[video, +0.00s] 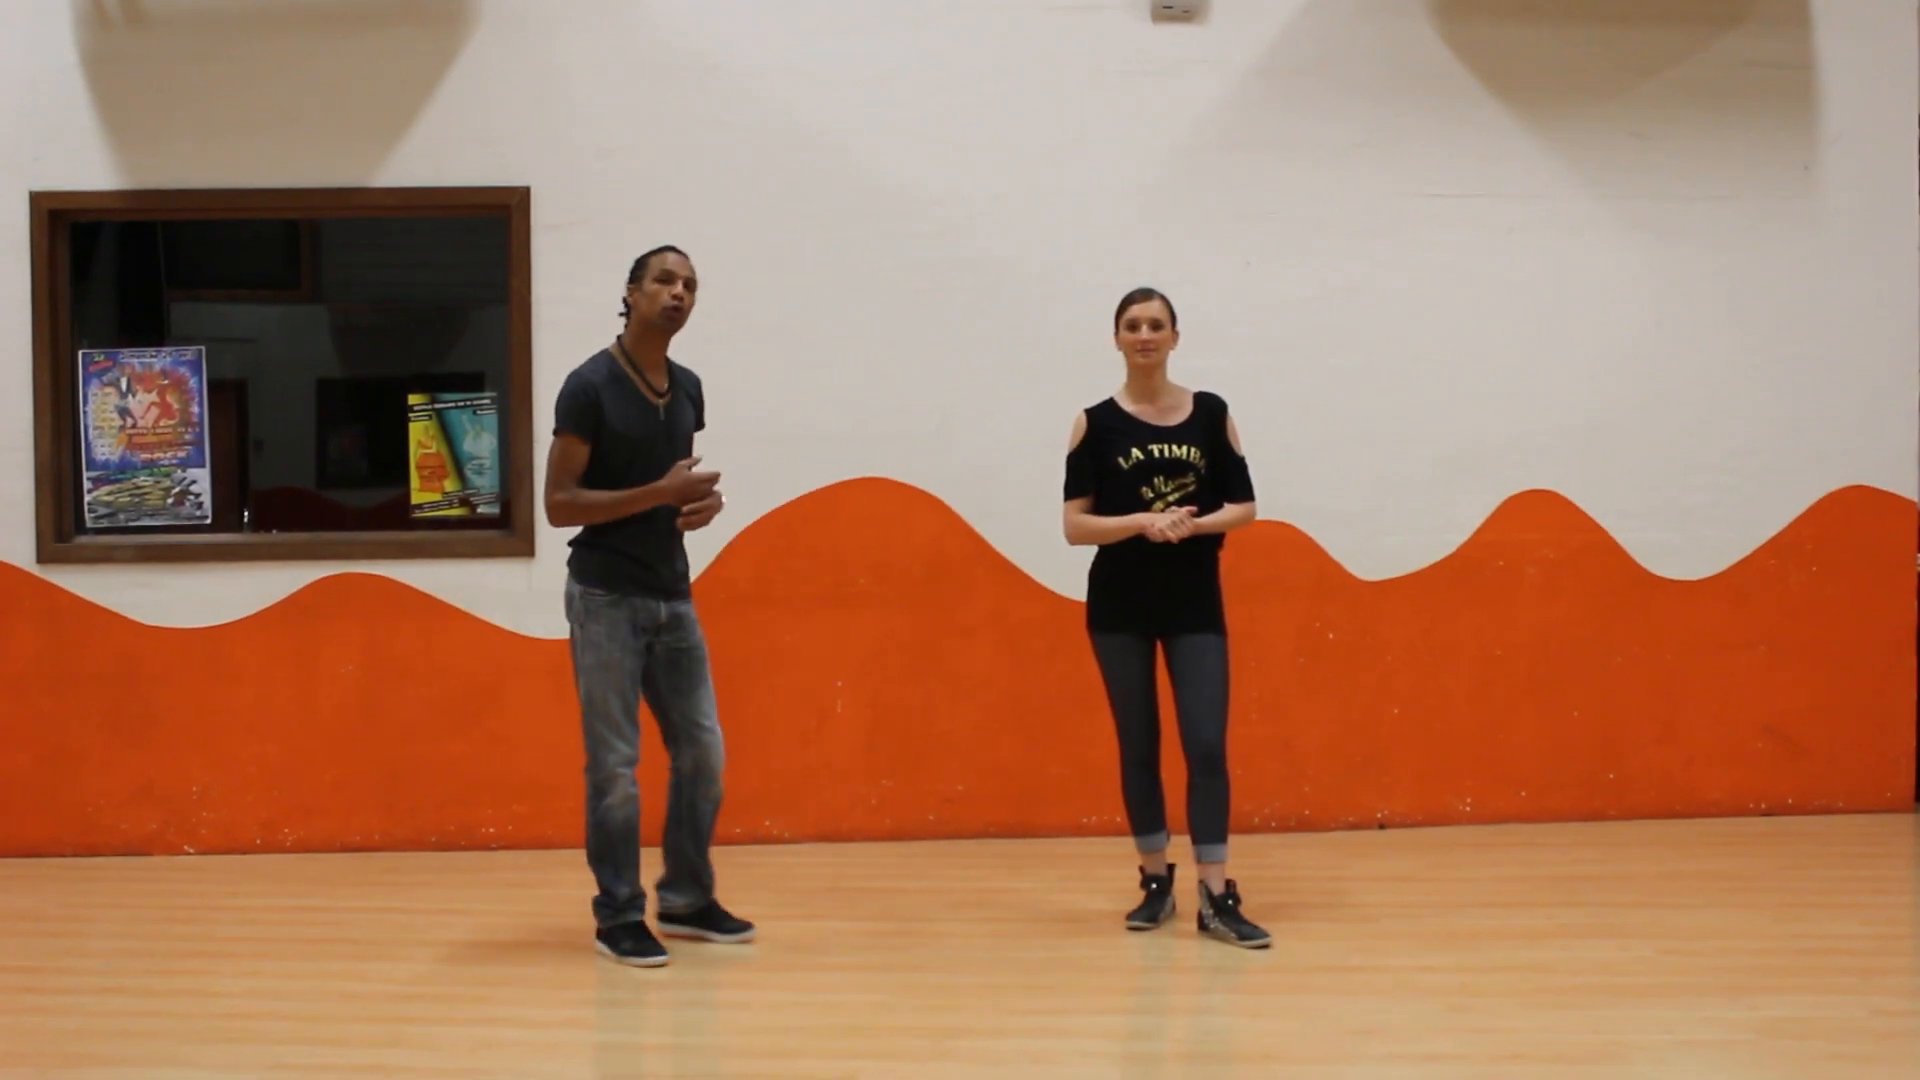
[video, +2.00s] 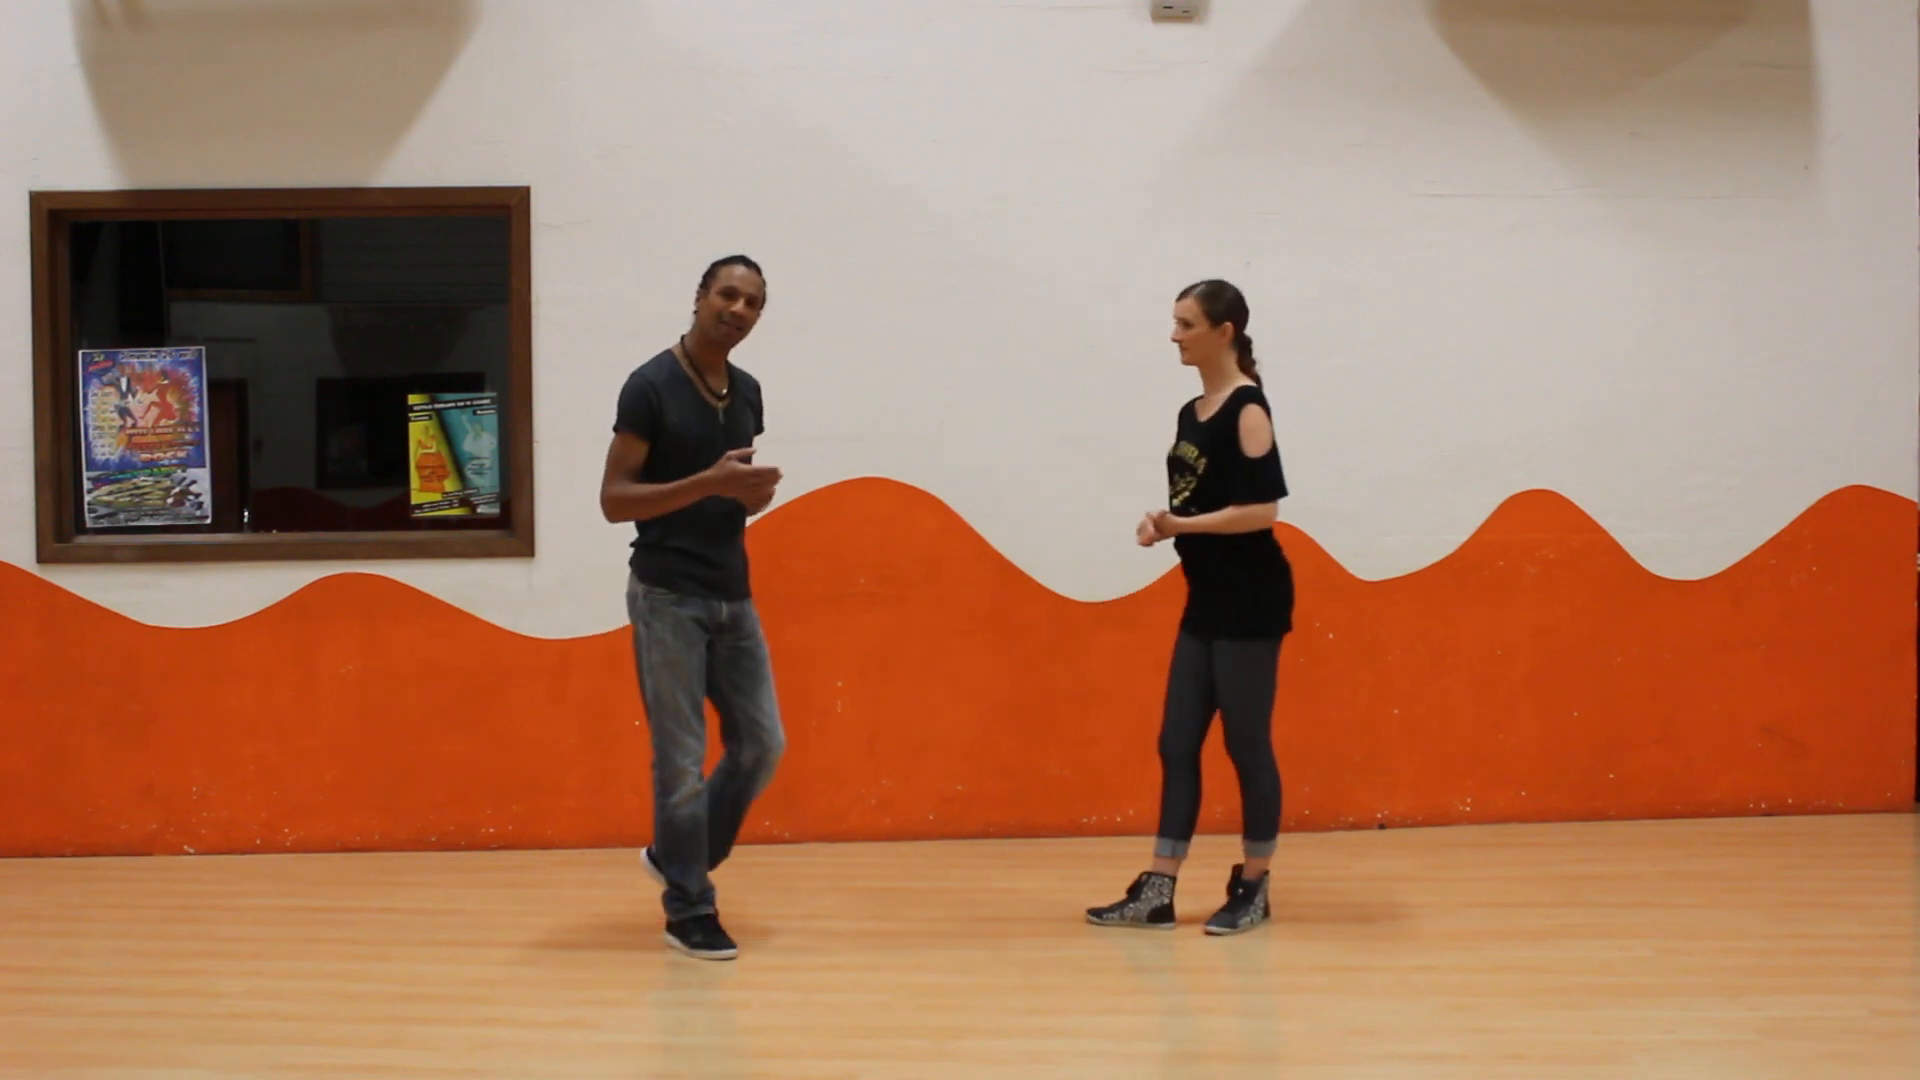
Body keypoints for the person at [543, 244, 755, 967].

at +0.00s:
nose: (679, 293)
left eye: (688, 286)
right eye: (665, 279)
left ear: (692, 308)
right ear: (629, 294)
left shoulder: (686, 392)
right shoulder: (589, 386)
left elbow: (659, 502)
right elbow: (559, 506)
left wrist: (694, 509)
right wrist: (661, 493)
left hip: (671, 597)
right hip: (604, 596)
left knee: (701, 750)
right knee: (615, 759)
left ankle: (686, 897)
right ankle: (619, 914)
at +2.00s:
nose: (738, 310)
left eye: (751, 303)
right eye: (728, 295)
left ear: (757, 319)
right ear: (698, 298)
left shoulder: (746, 392)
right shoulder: (650, 387)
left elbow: (735, 498)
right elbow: (614, 501)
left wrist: (756, 489)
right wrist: (707, 483)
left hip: (730, 597)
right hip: (667, 597)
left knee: (760, 743)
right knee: (682, 756)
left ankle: (680, 851)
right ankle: (690, 912)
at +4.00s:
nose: (763, 311)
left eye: (762, 301)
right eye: (751, 300)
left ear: (728, 311)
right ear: (709, 307)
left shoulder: (748, 396)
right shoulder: (653, 386)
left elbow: (758, 493)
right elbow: (617, 493)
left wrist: (751, 486)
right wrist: (705, 475)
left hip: (722, 590)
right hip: (665, 587)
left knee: (706, 744)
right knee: (674, 743)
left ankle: (684, 884)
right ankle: (670, 896)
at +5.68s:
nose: (781, 328)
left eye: (784, 315)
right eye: (773, 314)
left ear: (742, 313)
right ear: (730, 309)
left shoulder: (747, 384)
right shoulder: (673, 390)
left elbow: (723, 487)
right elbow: (660, 510)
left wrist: (761, 482)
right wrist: (744, 483)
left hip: (741, 592)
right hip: (683, 594)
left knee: (767, 742)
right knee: (692, 753)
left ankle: (779, 887)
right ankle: (694, 901)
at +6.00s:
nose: (808, 311)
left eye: (808, 299)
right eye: (797, 299)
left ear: (772, 304)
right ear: (754, 301)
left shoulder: (780, 390)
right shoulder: (704, 387)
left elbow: (761, 490)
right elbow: (697, 505)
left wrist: (797, 482)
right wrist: (782, 480)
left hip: (775, 594)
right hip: (715, 594)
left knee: (789, 748)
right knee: (710, 753)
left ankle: (799, 889)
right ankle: (695, 899)